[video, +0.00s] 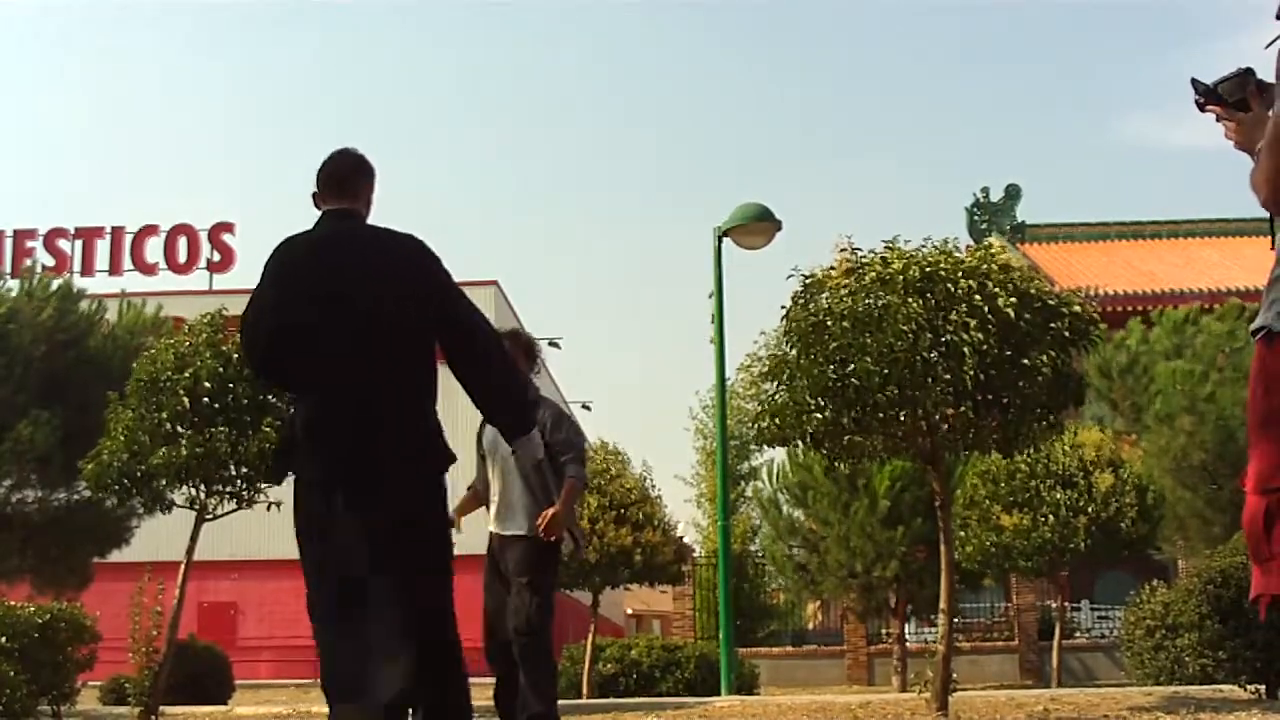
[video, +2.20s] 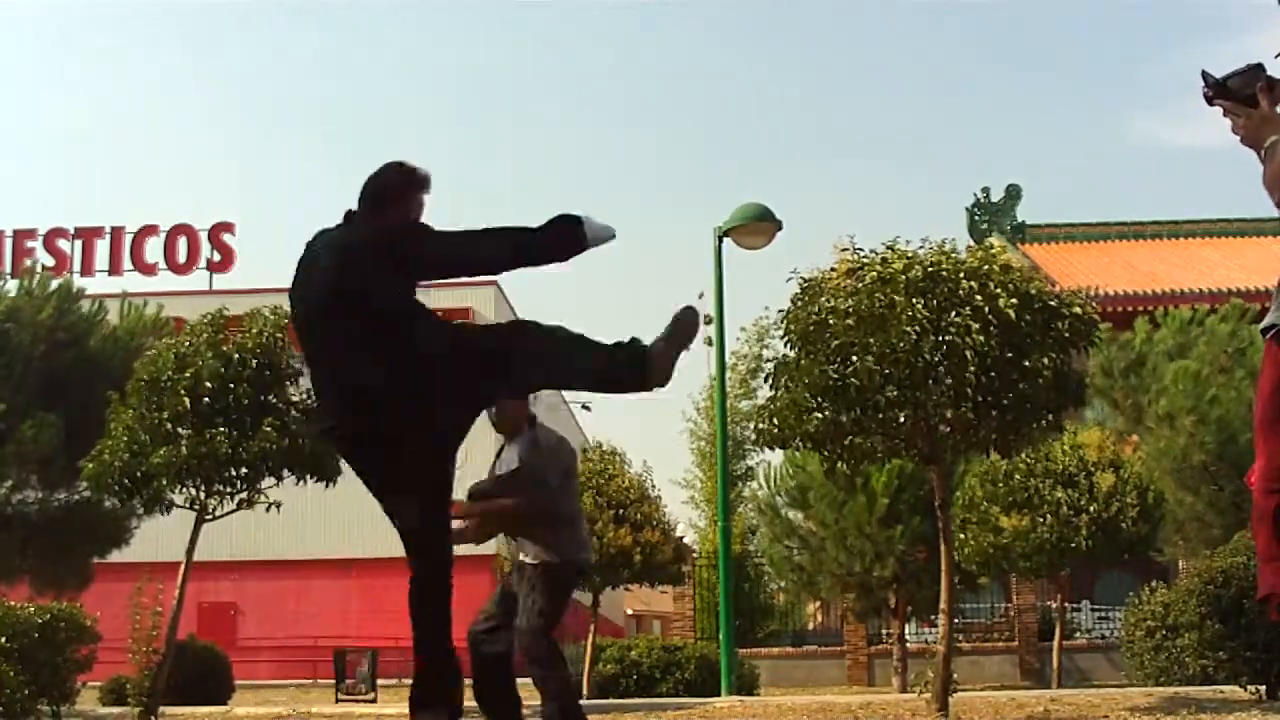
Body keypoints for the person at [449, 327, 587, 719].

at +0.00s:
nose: (504, 369)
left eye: (512, 359)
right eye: (499, 360)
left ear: (530, 364)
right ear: (491, 366)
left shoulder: (551, 414)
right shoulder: (489, 423)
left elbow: (575, 464)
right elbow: (484, 484)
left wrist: (563, 508)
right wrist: (455, 514)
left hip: (535, 541)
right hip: (499, 541)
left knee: (528, 634)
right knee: (497, 639)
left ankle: (539, 712)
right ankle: (510, 712)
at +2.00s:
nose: (498, 373)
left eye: (505, 363)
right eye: (492, 366)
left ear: (526, 366)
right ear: (486, 372)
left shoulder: (558, 413)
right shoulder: (494, 417)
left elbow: (579, 479)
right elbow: (490, 475)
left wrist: (570, 534)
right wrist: (478, 525)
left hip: (556, 537)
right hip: (513, 538)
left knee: (551, 639)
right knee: (497, 635)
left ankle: (571, 710)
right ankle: (522, 711)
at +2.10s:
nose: (495, 392)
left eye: (504, 383)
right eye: (489, 384)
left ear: (527, 386)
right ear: (483, 389)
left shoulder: (561, 430)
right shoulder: (495, 436)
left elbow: (539, 493)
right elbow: (500, 504)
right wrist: (464, 540)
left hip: (562, 550)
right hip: (517, 551)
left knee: (543, 639)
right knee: (486, 639)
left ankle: (567, 711)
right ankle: (519, 713)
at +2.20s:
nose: (493, 413)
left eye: (501, 404)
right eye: (492, 405)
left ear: (524, 403)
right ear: (493, 409)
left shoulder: (549, 446)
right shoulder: (508, 453)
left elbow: (526, 498)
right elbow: (490, 521)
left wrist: (465, 506)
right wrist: (447, 535)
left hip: (555, 562)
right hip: (527, 563)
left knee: (532, 639)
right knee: (485, 637)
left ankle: (566, 713)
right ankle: (504, 714)